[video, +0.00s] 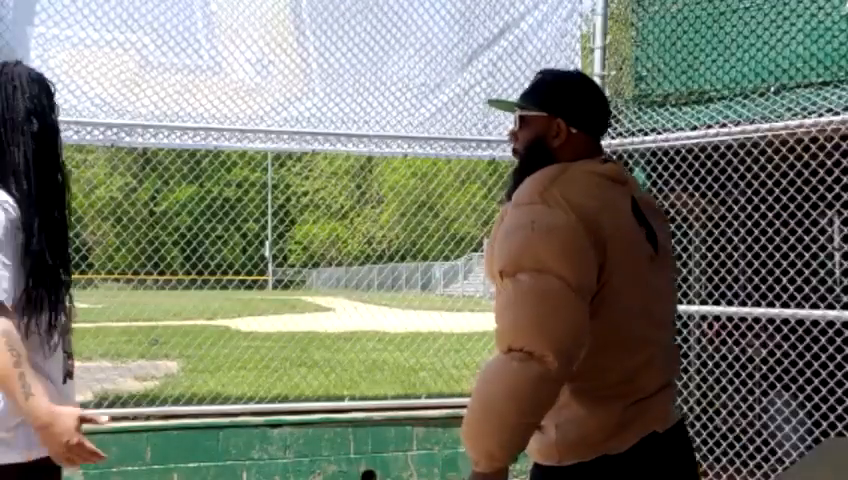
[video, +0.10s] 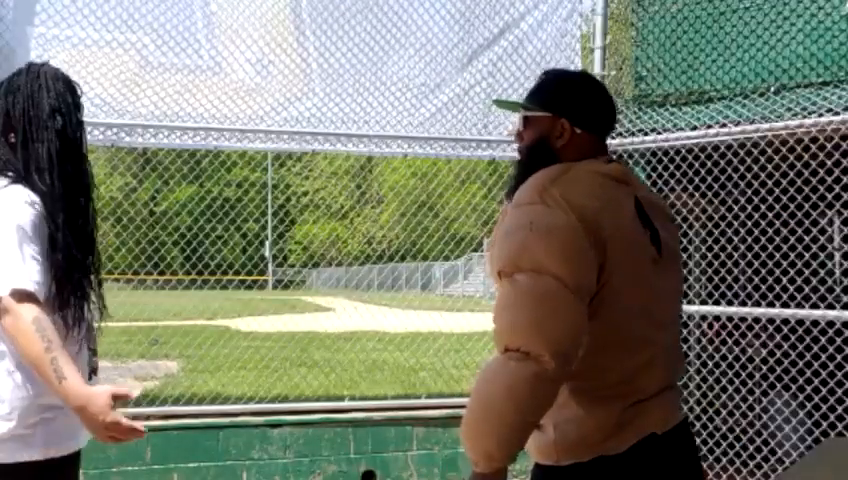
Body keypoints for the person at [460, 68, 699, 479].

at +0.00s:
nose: (511, 135)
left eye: (522, 122)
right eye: (515, 122)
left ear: (558, 131)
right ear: (567, 132)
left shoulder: (547, 202)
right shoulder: (630, 196)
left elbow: (536, 347)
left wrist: (487, 457)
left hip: (586, 456)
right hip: (660, 440)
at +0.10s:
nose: (515, 135)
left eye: (527, 122)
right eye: (519, 122)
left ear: (563, 130)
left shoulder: (550, 200)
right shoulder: (639, 197)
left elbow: (534, 347)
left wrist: (485, 457)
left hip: (586, 456)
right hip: (665, 439)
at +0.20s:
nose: (525, 136)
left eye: (534, 124)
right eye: (528, 124)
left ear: (568, 130)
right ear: (607, 136)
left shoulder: (553, 201)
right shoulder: (650, 199)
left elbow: (534, 347)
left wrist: (483, 457)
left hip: (588, 454)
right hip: (672, 438)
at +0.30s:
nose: (534, 136)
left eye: (543, 123)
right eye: (536, 123)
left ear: (577, 129)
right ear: (612, 133)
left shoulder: (562, 199)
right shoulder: (663, 198)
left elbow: (533, 347)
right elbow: (677, 322)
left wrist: (482, 454)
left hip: (592, 454)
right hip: (678, 437)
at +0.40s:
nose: (543, 135)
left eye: (553, 123)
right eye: (546, 123)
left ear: (587, 128)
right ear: (621, 133)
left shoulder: (569, 200)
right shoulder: (676, 201)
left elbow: (535, 345)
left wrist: (482, 447)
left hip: (597, 452)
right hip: (685, 435)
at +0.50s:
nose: (553, 137)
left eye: (562, 123)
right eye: (555, 124)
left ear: (596, 129)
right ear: (632, 133)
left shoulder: (577, 200)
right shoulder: (684, 202)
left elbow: (542, 343)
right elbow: (706, 327)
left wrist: (489, 445)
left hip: (603, 455)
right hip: (692, 441)